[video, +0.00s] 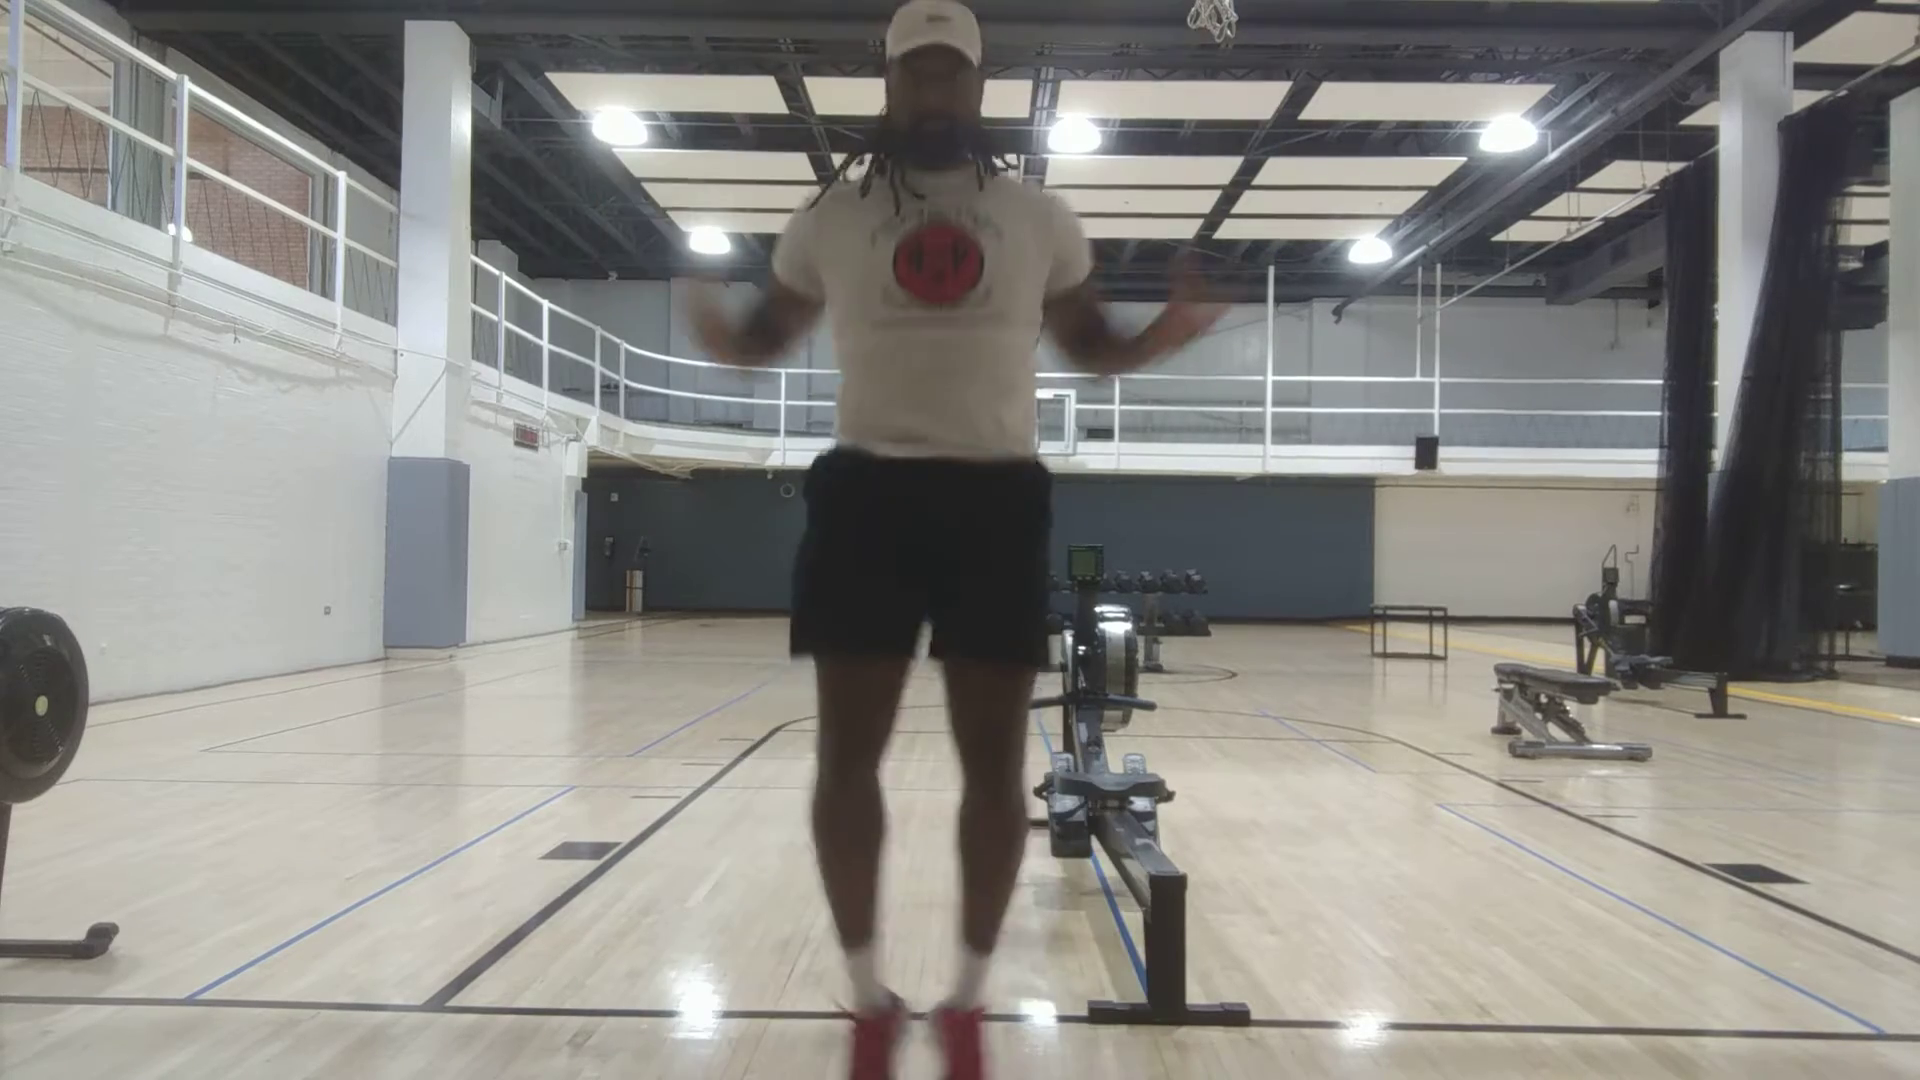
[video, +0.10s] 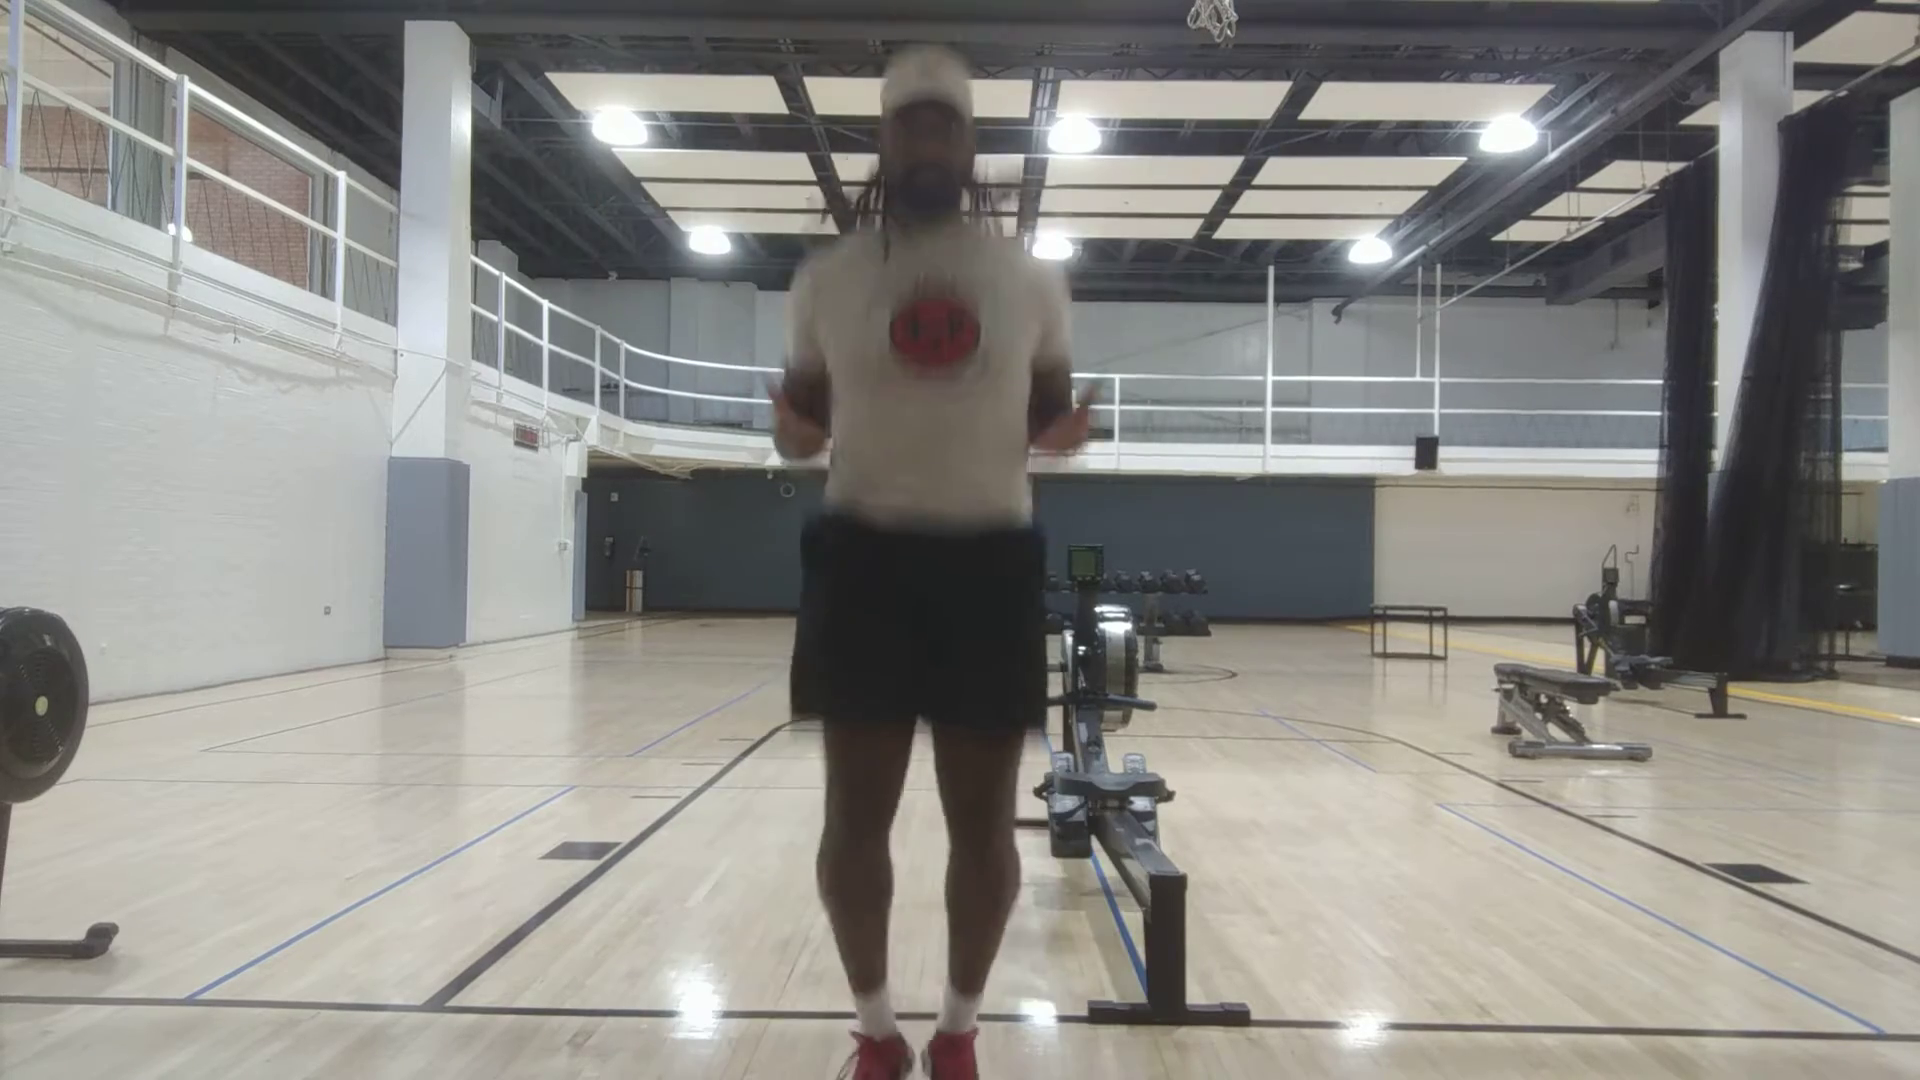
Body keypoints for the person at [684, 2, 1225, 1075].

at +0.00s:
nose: (937, 89)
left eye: (954, 71)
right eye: (919, 71)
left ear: (980, 87)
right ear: (886, 87)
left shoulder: (1035, 211)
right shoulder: (833, 215)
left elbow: (1092, 348)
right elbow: (761, 340)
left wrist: (1162, 332)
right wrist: (724, 325)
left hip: (997, 501)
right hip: (866, 498)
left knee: (993, 766)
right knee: (849, 760)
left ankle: (967, 1001)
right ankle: (868, 997)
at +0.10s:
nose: (928, 133)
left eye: (946, 117)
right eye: (910, 116)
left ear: (973, 140)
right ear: (880, 137)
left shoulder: (1028, 279)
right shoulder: (829, 275)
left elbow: (1051, 417)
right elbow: (804, 424)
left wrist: (1051, 426)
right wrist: (799, 417)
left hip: (989, 557)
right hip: (863, 552)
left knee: (982, 820)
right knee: (857, 810)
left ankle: (957, 1030)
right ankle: (875, 1033)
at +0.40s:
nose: (923, 65)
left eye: (941, 49)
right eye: (903, 50)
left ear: (972, 75)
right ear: (875, 76)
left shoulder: (1026, 195)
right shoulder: (825, 193)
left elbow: (1135, 308)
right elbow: (707, 304)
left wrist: (1192, 231)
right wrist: (639, 238)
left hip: (990, 481)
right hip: (854, 480)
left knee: (1013, 738)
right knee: (817, 733)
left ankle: (1033, 983)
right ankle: (799, 979)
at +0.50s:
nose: (922, 87)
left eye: (940, 69)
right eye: (903, 69)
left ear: (972, 90)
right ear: (874, 92)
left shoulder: (1030, 206)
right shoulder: (821, 202)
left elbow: (1173, 253)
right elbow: (672, 244)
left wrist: (1189, 116)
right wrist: (622, 111)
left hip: (993, 497)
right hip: (851, 493)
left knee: (1056, 759)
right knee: (768, 758)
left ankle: (1118, 997)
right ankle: (700, 1002)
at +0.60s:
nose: (922, 168)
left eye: (940, 150)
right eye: (904, 150)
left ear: (970, 170)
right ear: (875, 171)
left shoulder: (1029, 267)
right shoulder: (817, 265)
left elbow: (1169, 236)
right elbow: (674, 237)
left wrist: (1090, 107)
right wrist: (718, 94)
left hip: (989, 588)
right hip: (847, 583)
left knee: (1075, 825)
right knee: (748, 821)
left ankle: (1160, 1046)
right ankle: (658, 1043)